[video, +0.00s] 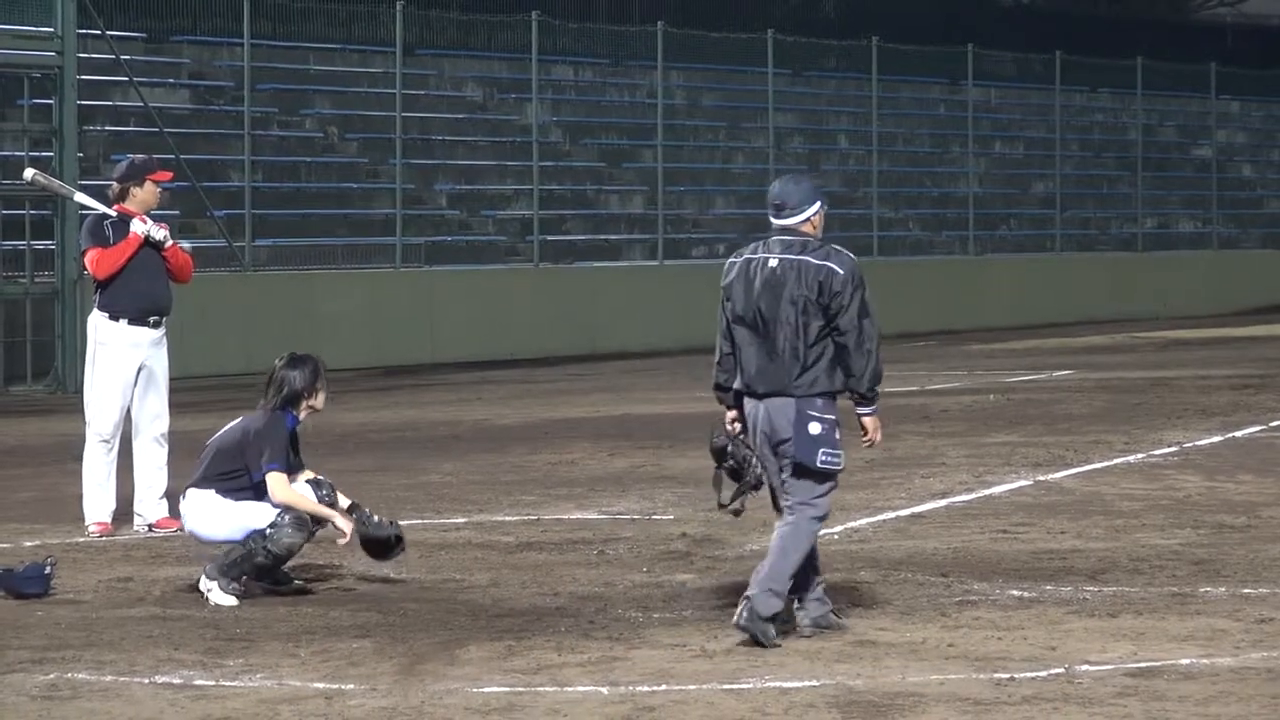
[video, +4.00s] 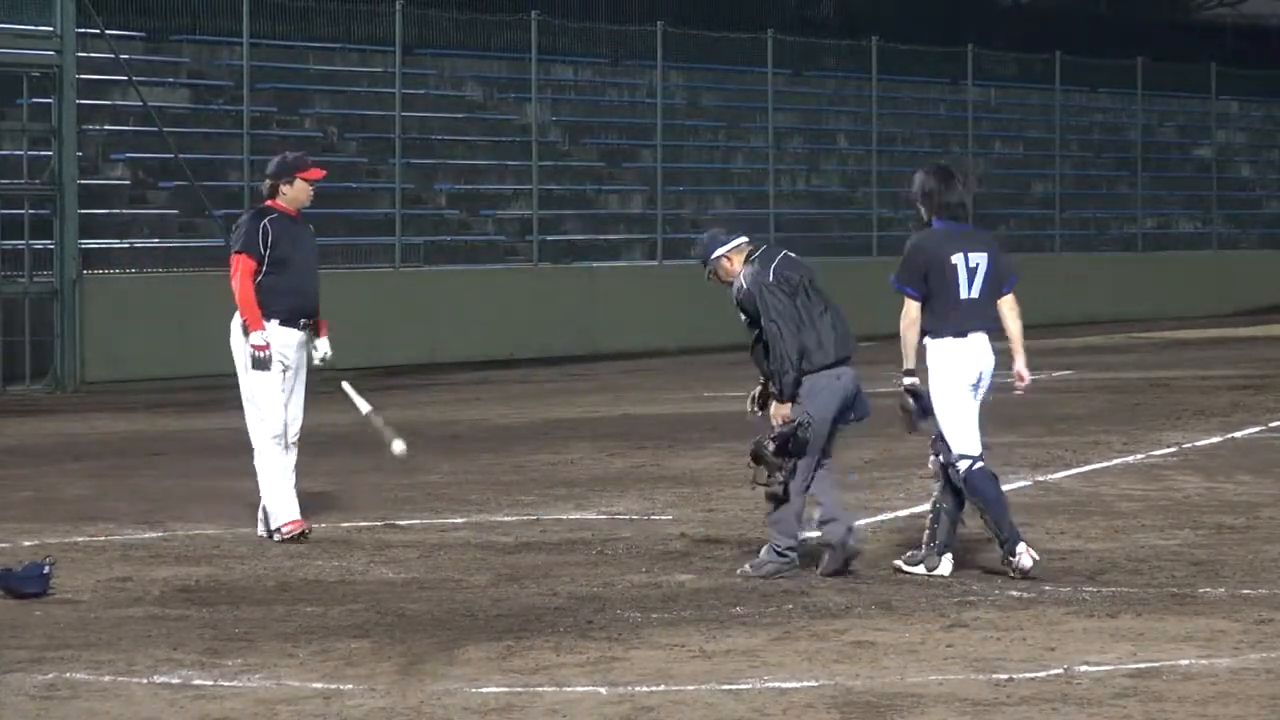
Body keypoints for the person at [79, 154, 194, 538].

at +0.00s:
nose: (159, 191)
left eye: (159, 185)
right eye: (154, 185)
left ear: (138, 189)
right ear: (132, 188)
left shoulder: (155, 229)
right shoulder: (100, 222)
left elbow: (185, 273)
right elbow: (99, 268)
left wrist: (166, 243)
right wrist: (137, 236)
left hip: (155, 335)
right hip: (114, 334)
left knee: (153, 428)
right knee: (104, 429)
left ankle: (152, 512)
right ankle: (99, 517)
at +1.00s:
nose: (156, 191)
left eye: (157, 186)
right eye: (149, 185)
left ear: (153, 190)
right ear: (125, 186)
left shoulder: (158, 228)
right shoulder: (101, 222)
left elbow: (188, 271)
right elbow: (99, 266)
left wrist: (168, 242)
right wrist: (138, 235)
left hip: (156, 335)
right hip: (115, 333)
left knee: (154, 427)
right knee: (104, 428)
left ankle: (151, 512)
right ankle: (98, 516)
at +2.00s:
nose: (186, 193)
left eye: (186, 186)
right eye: (180, 186)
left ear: (171, 189)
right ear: (156, 188)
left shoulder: (179, 229)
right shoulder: (126, 223)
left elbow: (207, 277)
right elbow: (129, 268)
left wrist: (194, 248)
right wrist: (167, 238)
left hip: (172, 336)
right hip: (134, 331)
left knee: (160, 429)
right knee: (124, 422)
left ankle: (150, 513)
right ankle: (103, 512)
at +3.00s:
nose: (222, 188)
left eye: (221, 182)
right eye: (216, 182)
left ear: (203, 186)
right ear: (193, 186)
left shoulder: (215, 227)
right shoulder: (167, 225)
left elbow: (219, 276)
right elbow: (153, 281)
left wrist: (228, 316)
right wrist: (176, 325)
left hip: (215, 337)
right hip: (178, 336)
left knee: (221, 421)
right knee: (175, 427)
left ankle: (192, 502)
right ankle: (178, 514)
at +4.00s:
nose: (313, 189)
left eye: (313, 183)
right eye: (307, 183)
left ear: (296, 186)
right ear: (284, 185)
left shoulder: (303, 228)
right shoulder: (257, 221)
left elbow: (306, 282)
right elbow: (241, 277)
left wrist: (319, 330)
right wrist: (256, 331)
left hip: (297, 337)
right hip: (265, 333)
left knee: (289, 430)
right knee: (269, 427)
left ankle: (272, 517)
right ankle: (285, 517)